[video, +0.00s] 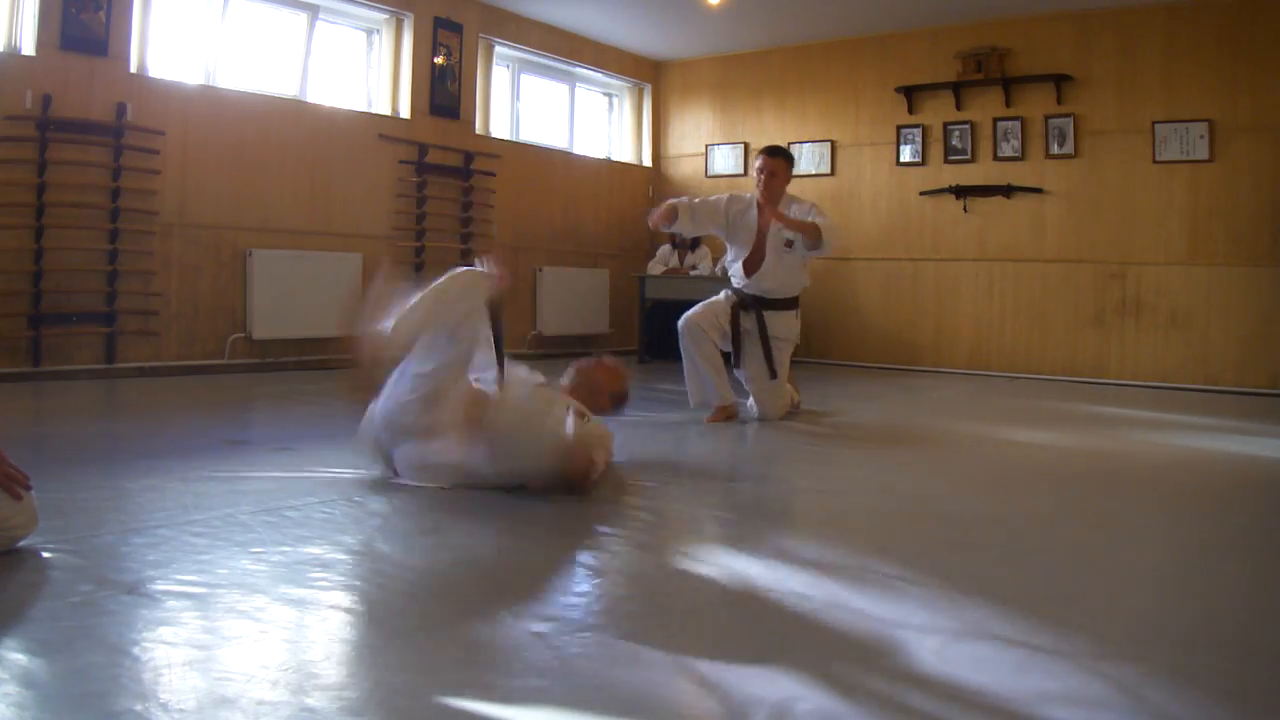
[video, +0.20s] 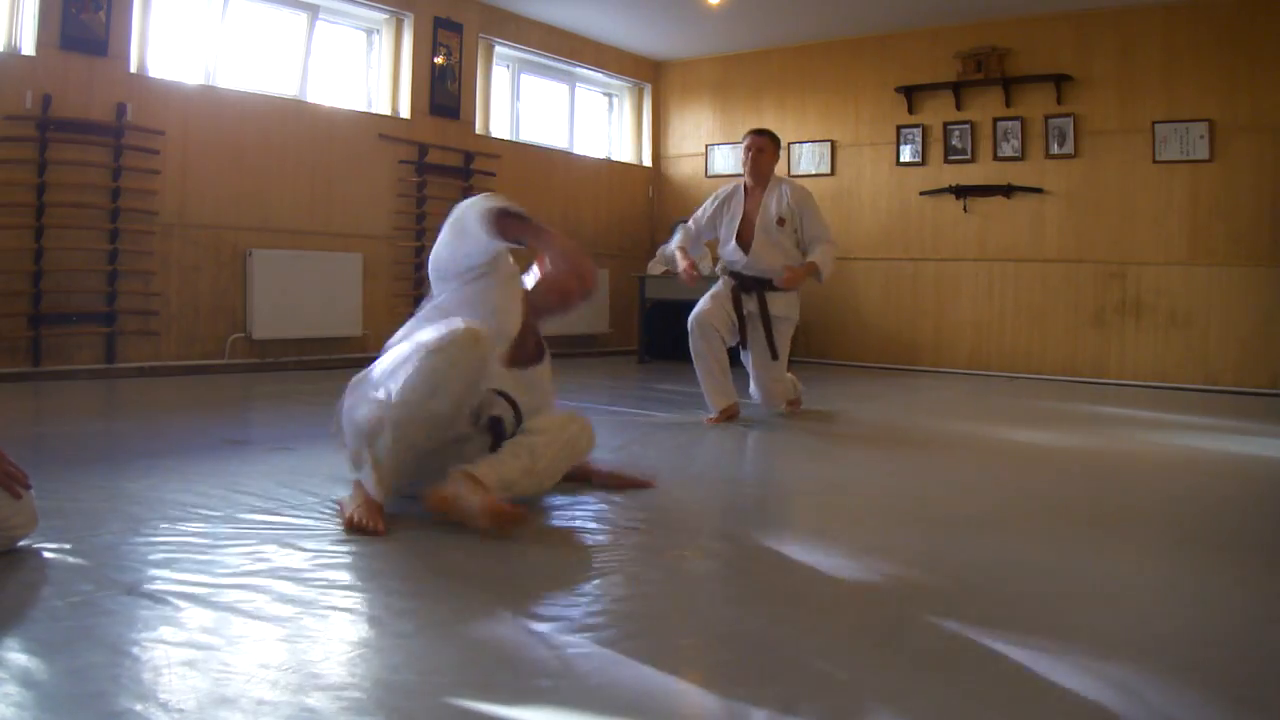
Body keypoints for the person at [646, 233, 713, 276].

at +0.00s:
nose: (681, 240)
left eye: (685, 237)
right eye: (678, 236)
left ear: (692, 238)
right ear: (673, 237)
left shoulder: (702, 251)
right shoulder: (666, 250)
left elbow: (706, 271)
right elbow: (651, 268)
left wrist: (684, 273)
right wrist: (671, 272)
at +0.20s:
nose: (683, 237)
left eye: (687, 234)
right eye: (680, 234)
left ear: (693, 234)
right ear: (674, 235)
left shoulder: (703, 251)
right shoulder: (665, 250)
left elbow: (707, 271)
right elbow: (652, 267)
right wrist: (664, 271)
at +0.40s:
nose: (682, 237)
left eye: (687, 234)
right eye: (679, 233)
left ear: (693, 237)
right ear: (674, 235)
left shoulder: (702, 251)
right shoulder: (666, 250)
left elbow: (706, 271)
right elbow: (651, 268)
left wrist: (683, 273)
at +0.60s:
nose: (682, 237)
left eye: (686, 234)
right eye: (679, 234)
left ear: (693, 237)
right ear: (674, 235)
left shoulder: (702, 251)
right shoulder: (666, 250)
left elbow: (706, 271)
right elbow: (651, 268)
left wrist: (684, 273)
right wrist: (670, 272)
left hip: (693, 298)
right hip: (667, 297)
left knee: (690, 317)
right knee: (653, 313)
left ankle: (687, 351)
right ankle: (651, 352)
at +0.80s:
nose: (682, 237)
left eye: (686, 234)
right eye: (679, 234)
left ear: (693, 237)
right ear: (674, 236)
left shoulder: (702, 251)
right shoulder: (666, 250)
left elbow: (706, 271)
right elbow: (651, 268)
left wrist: (684, 273)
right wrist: (671, 272)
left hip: (692, 298)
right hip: (667, 298)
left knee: (686, 319)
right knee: (653, 315)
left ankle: (685, 353)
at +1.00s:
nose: (682, 237)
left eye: (686, 234)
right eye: (679, 234)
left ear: (693, 237)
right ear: (674, 235)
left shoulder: (702, 251)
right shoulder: (666, 249)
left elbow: (706, 271)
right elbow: (651, 268)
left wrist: (684, 273)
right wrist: (671, 272)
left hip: (692, 298)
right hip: (667, 297)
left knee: (687, 317)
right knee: (653, 314)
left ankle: (686, 352)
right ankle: (653, 352)